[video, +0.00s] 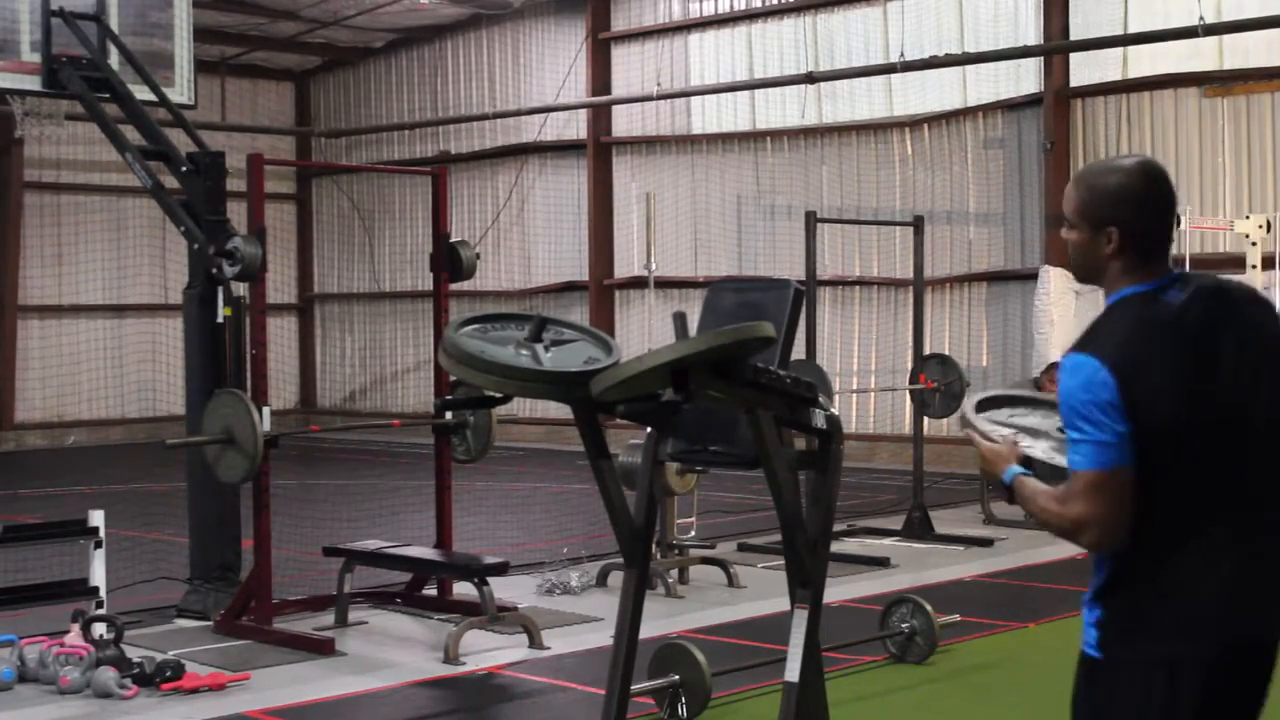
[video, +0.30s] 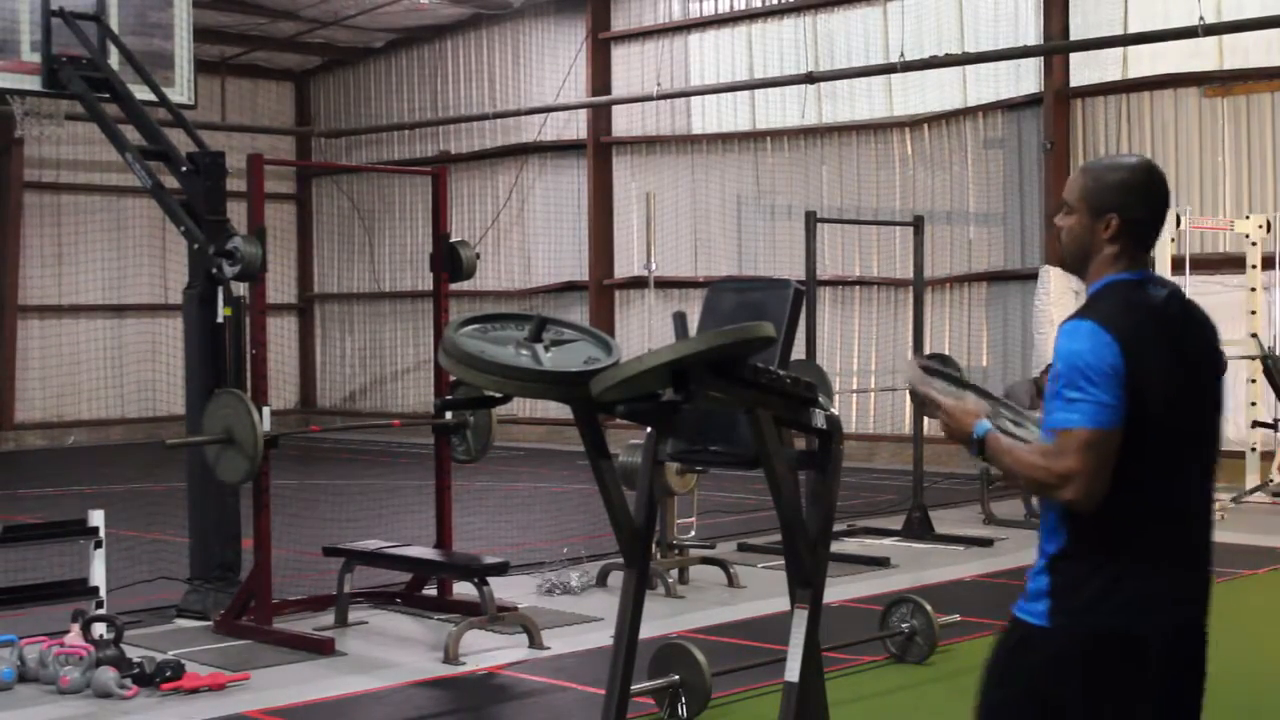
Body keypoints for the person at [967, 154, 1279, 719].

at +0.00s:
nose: (1059, 237)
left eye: (1068, 225)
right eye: (1062, 223)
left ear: (1111, 240)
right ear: (1166, 229)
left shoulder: (1096, 362)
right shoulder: (1251, 311)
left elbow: (1098, 523)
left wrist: (1010, 475)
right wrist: (1095, 387)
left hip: (1142, 637)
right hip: (1248, 620)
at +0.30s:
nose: (1055, 220)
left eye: (1066, 210)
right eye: (1060, 208)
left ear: (1109, 227)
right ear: (1124, 229)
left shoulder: (1091, 333)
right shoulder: (1192, 324)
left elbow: (1075, 478)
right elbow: (1176, 465)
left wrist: (978, 432)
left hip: (1075, 622)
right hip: (1169, 616)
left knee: (1009, 708)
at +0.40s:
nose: (1045, 214)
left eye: (1057, 203)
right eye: (1050, 201)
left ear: (1100, 221)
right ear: (1108, 222)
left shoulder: (1082, 322)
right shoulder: (1162, 315)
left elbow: (1054, 459)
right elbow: (1136, 447)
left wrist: (962, 407)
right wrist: (1028, 411)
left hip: (1056, 605)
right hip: (1145, 600)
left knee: (977, 709)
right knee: (1140, 710)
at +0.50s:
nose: (1026, 212)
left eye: (1040, 202)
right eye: (1032, 199)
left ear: (1082, 221)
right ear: (1086, 223)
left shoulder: (1064, 315)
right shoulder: (1126, 308)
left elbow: (1025, 448)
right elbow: (1099, 446)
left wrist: (945, 387)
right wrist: (997, 400)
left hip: (1037, 599)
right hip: (1117, 588)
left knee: (958, 709)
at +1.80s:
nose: (793, 215)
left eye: (806, 203)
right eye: (798, 202)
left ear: (844, 217)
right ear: (846, 219)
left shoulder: (857, 296)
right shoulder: (848, 289)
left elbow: (766, 369)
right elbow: (777, 350)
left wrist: (701, 293)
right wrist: (702, 298)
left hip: (845, 559)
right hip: (834, 550)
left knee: (827, 707)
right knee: (824, 703)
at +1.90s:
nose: (787, 217)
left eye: (798, 205)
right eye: (791, 205)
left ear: (837, 217)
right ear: (840, 219)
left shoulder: (851, 295)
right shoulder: (846, 287)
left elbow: (764, 369)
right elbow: (775, 349)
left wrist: (698, 291)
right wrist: (698, 296)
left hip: (842, 560)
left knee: (825, 707)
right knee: (835, 704)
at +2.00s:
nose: (783, 218)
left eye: (795, 206)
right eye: (787, 205)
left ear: (834, 217)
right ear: (838, 219)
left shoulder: (850, 295)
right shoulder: (844, 288)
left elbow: (764, 368)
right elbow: (775, 351)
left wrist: (698, 293)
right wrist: (700, 299)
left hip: (840, 565)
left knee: (824, 708)